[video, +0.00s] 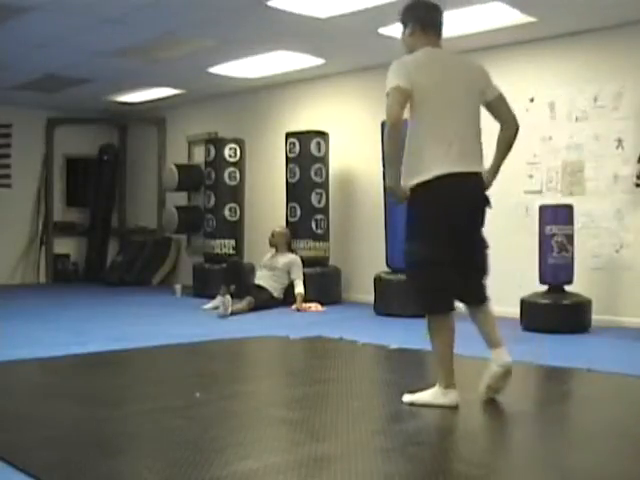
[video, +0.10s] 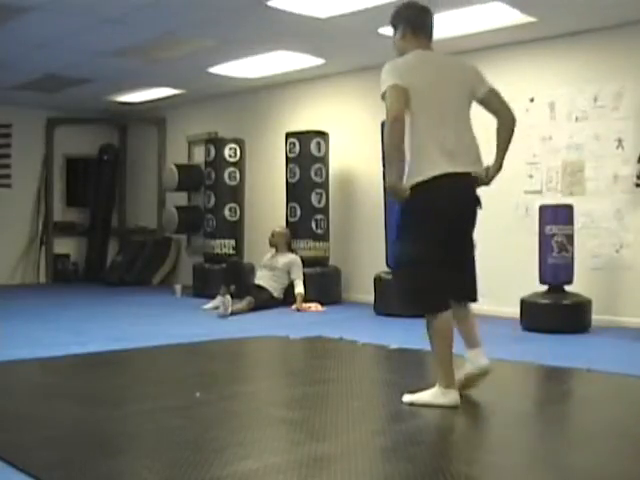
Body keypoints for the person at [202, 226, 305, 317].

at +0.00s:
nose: (269, 238)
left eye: (273, 235)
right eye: (271, 235)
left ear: (283, 239)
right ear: (277, 239)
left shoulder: (293, 259)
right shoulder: (270, 255)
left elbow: (298, 282)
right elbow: (261, 273)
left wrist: (299, 302)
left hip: (271, 294)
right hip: (254, 287)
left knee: (250, 301)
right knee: (234, 264)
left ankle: (230, 310)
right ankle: (221, 298)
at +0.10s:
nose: (269, 238)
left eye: (273, 235)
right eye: (271, 235)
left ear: (282, 239)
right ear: (277, 239)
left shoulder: (293, 259)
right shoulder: (270, 255)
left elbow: (298, 282)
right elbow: (261, 274)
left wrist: (299, 302)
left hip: (271, 294)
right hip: (254, 287)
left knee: (250, 301)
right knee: (234, 264)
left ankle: (230, 310)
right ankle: (221, 298)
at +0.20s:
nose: (270, 237)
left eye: (273, 235)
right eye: (271, 235)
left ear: (283, 239)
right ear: (278, 239)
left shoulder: (293, 259)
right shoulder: (270, 254)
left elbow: (298, 282)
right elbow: (262, 273)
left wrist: (299, 302)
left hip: (271, 293)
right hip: (255, 287)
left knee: (250, 301)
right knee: (234, 265)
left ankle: (230, 310)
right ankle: (221, 298)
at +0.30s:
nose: (270, 237)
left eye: (273, 235)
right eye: (271, 235)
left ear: (282, 239)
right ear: (278, 239)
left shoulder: (293, 259)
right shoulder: (270, 254)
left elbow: (298, 282)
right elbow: (263, 273)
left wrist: (299, 302)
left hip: (271, 293)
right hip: (255, 287)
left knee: (250, 300)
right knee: (233, 265)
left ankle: (230, 310)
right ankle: (221, 298)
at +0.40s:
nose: (270, 237)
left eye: (273, 235)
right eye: (271, 235)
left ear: (282, 239)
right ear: (278, 239)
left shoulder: (293, 259)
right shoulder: (270, 254)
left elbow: (298, 282)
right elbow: (262, 273)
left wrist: (299, 302)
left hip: (271, 293)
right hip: (255, 287)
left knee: (250, 300)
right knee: (233, 265)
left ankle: (230, 310)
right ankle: (221, 298)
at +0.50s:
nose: (270, 237)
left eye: (273, 235)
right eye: (271, 235)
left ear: (282, 239)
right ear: (278, 239)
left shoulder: (293, 259)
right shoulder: (270, 254)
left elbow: (298, 282)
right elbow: (262, 273)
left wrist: (299, 302)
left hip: (271, 293)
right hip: (255, 287)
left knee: (250, 300)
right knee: (233, 265)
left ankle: (230, 310)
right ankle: (221, 298)